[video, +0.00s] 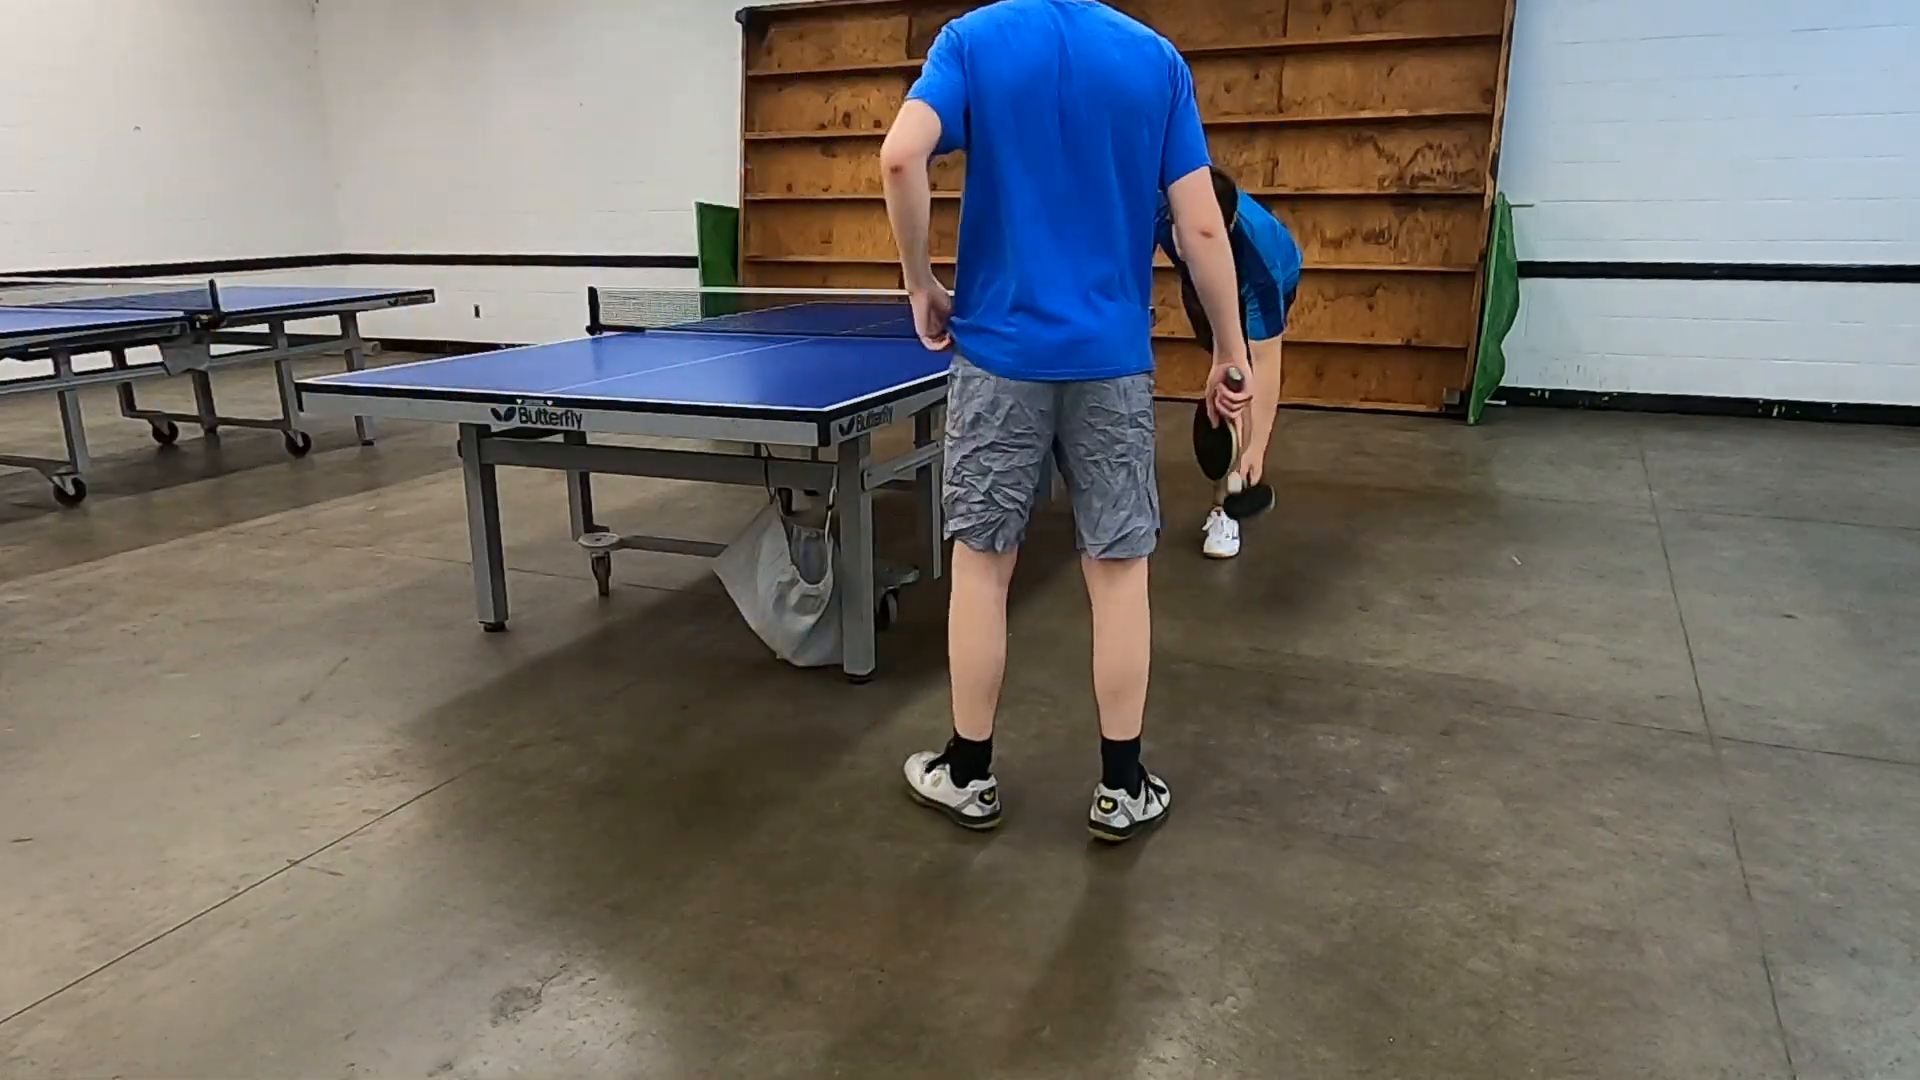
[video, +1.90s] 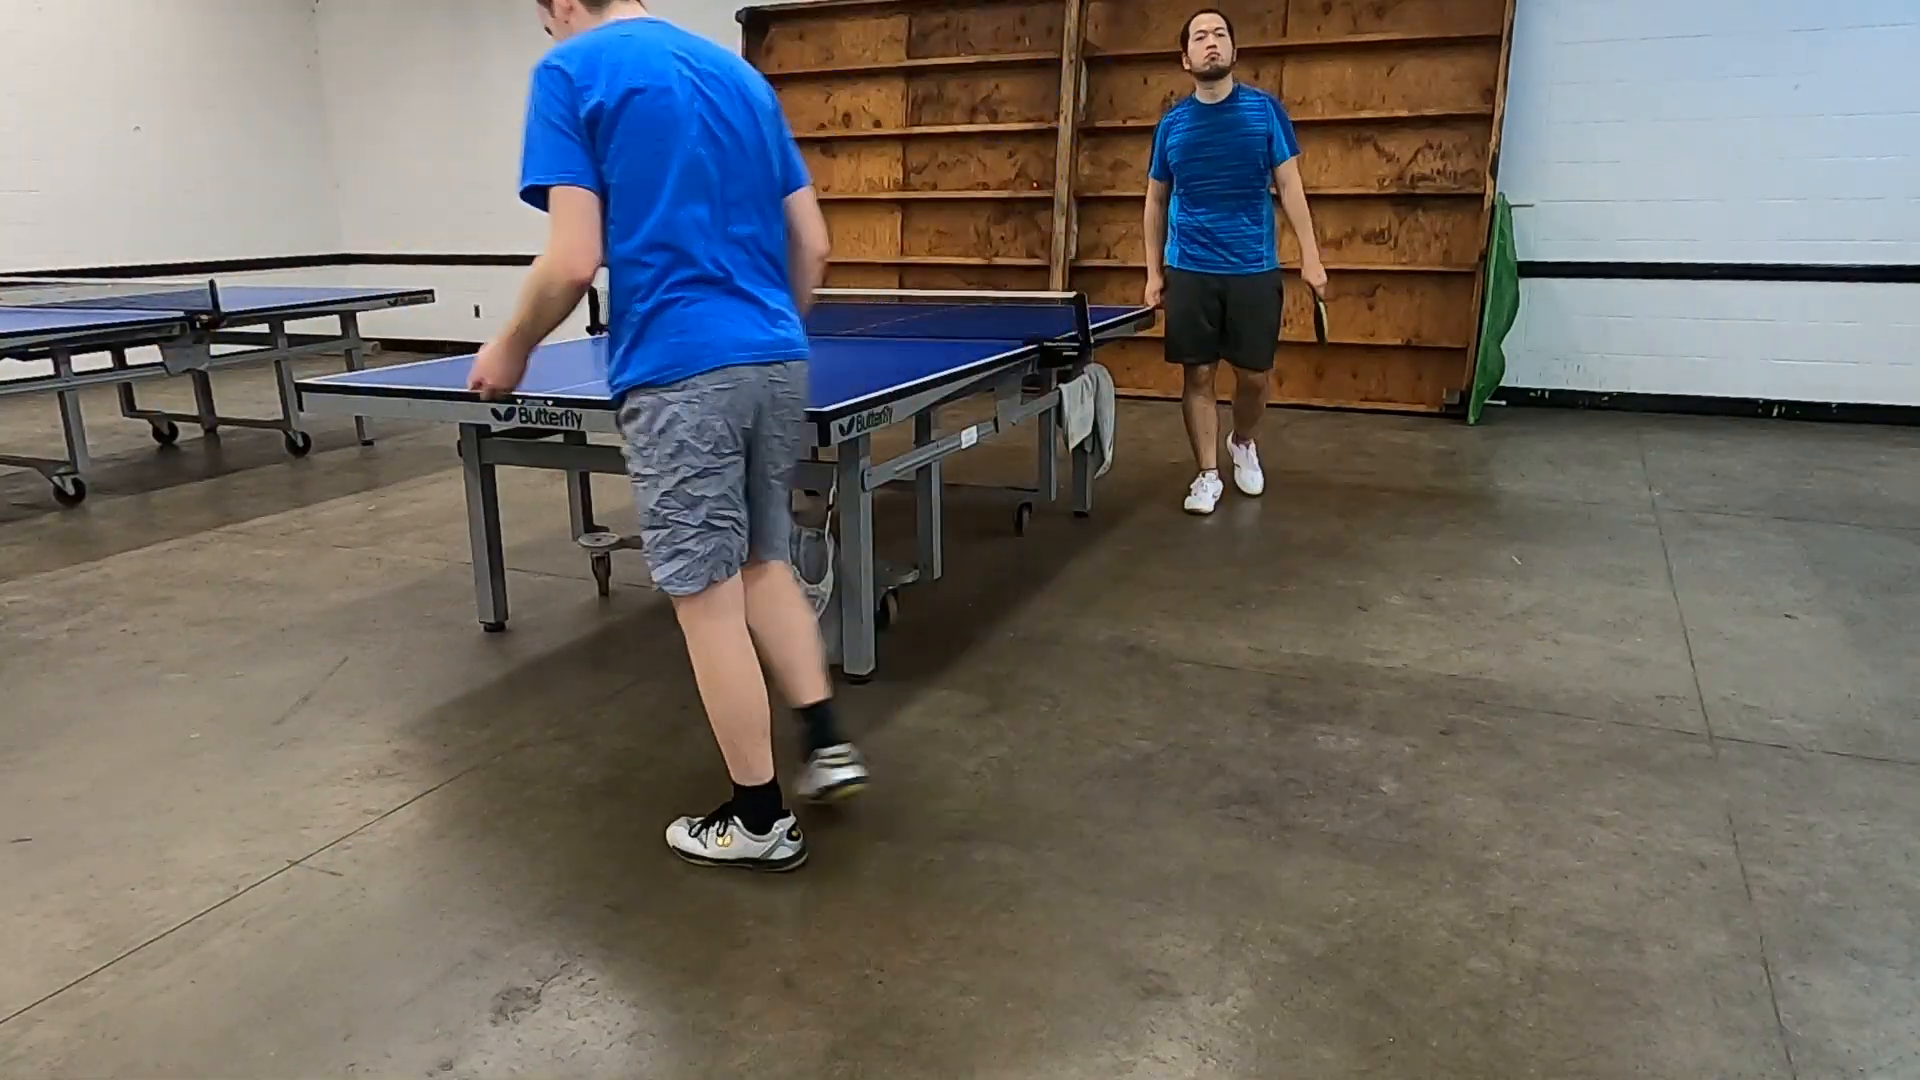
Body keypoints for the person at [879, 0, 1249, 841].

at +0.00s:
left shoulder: (974, 37)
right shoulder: (1158, 58)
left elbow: (901, 156)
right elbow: (1201, 224)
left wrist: (920, 281)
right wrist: (1231, 345)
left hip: (1001, 351)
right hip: (1113, 354)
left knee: (981, 562)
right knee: (1118, 565)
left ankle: (969, 773)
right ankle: (1122, 784)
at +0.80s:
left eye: (874, 41)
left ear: (888, 33)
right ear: (968, 35)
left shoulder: (862, 54)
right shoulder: (1034, 101)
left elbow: (807, 115)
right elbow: (1092, 273)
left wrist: (822, 287)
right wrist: (1129, 388)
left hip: (902, 367)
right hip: (1017, 370)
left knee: (904, 606)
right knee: (1018, 595)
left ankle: (905, 824)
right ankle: (1039, 823)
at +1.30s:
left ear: (878, 84)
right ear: (947, 83)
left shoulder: (853, 106)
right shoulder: (1019, 129)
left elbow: (802, 255)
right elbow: (1070, 308)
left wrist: (818, 379)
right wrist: (1096, 440)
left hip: (912, 378)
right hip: (1034, 379)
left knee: (873, 592)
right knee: (1029, 604)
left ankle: (876, 825)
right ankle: (1041, 832)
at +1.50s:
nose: (765, 119)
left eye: (763, 107)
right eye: (768, 105)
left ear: (776, 93)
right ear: (848, 69)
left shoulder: (770, 144)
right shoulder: (938, 108)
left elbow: (778, 339)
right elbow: (1025, 273)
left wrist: (787, 460)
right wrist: (1046, 390)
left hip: (872, 390)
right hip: (991, 375)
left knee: (816, 600)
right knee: (1015, 603)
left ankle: (775, 816)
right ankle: (1041, 829)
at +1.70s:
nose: (642, 85)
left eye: (637, 73)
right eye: (639, 73)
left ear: (649, 56)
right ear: (724, 37)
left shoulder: (652, 114)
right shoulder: (827, 90)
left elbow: (676, 295)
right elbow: (927, 240)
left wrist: (683, 406)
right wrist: (938, 353)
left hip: (764, 386)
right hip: (880, 372)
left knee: (740, 596)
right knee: (920, 578)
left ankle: (763, 816)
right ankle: (1009, 789)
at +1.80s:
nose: (591, 52)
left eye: (586, 38)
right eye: (589, 39)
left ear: (599, 24)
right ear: (675, 14)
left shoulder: (610, 86)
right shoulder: (781, 78)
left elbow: (619, 271)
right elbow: (871, 239)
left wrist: (576, 375)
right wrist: (854, 348)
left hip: (720, 376)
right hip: (826, 366)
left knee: (724, 598)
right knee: (843, 566)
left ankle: (762, 816)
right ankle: (938, 749)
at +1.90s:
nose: (553, 35)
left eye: (546, 25)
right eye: (550, 27)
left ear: (564, 10)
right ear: (639, 1)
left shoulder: (572, 66)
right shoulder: (738, 71)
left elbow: (574, 261)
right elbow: (809, 244)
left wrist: (509, 348)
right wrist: (776, 332)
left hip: (681, 367)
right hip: (778, 357)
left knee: (707, 593)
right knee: (764, 557)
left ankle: (759, 811)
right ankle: (826, 737)